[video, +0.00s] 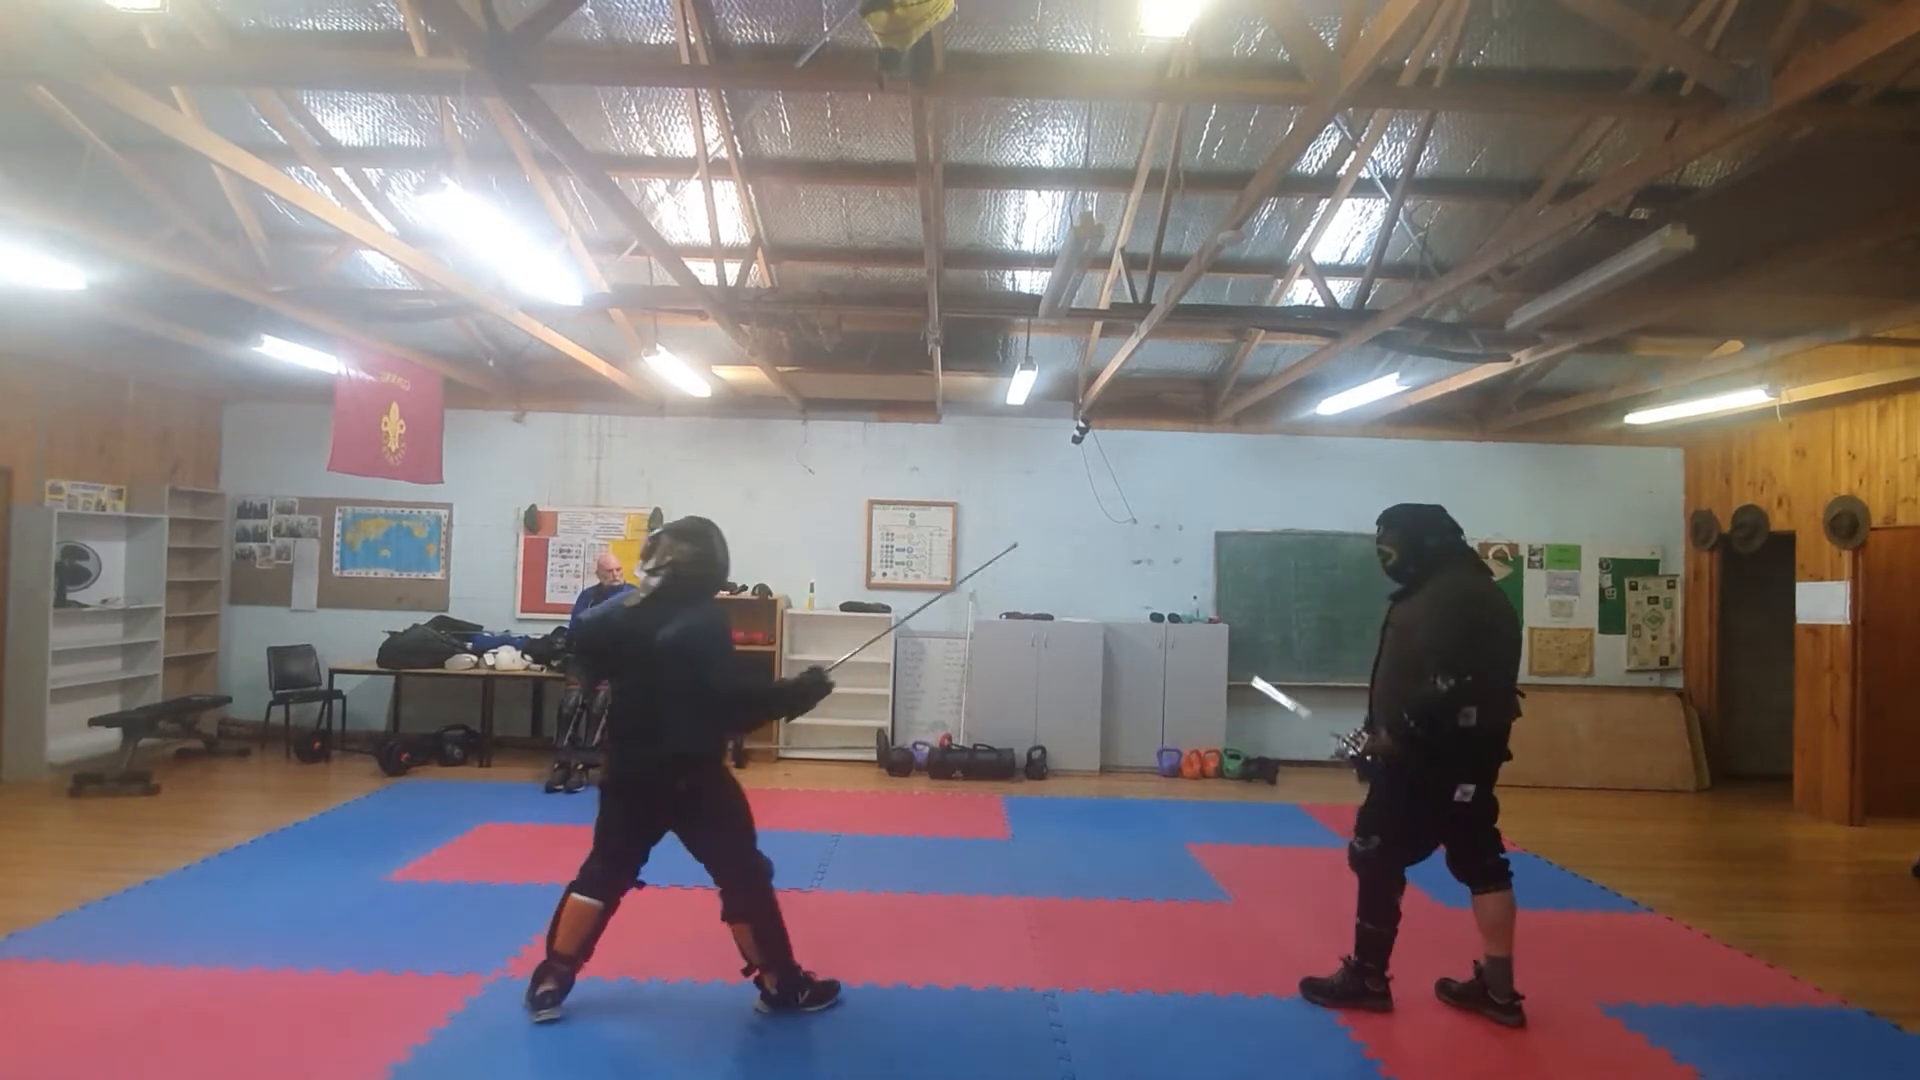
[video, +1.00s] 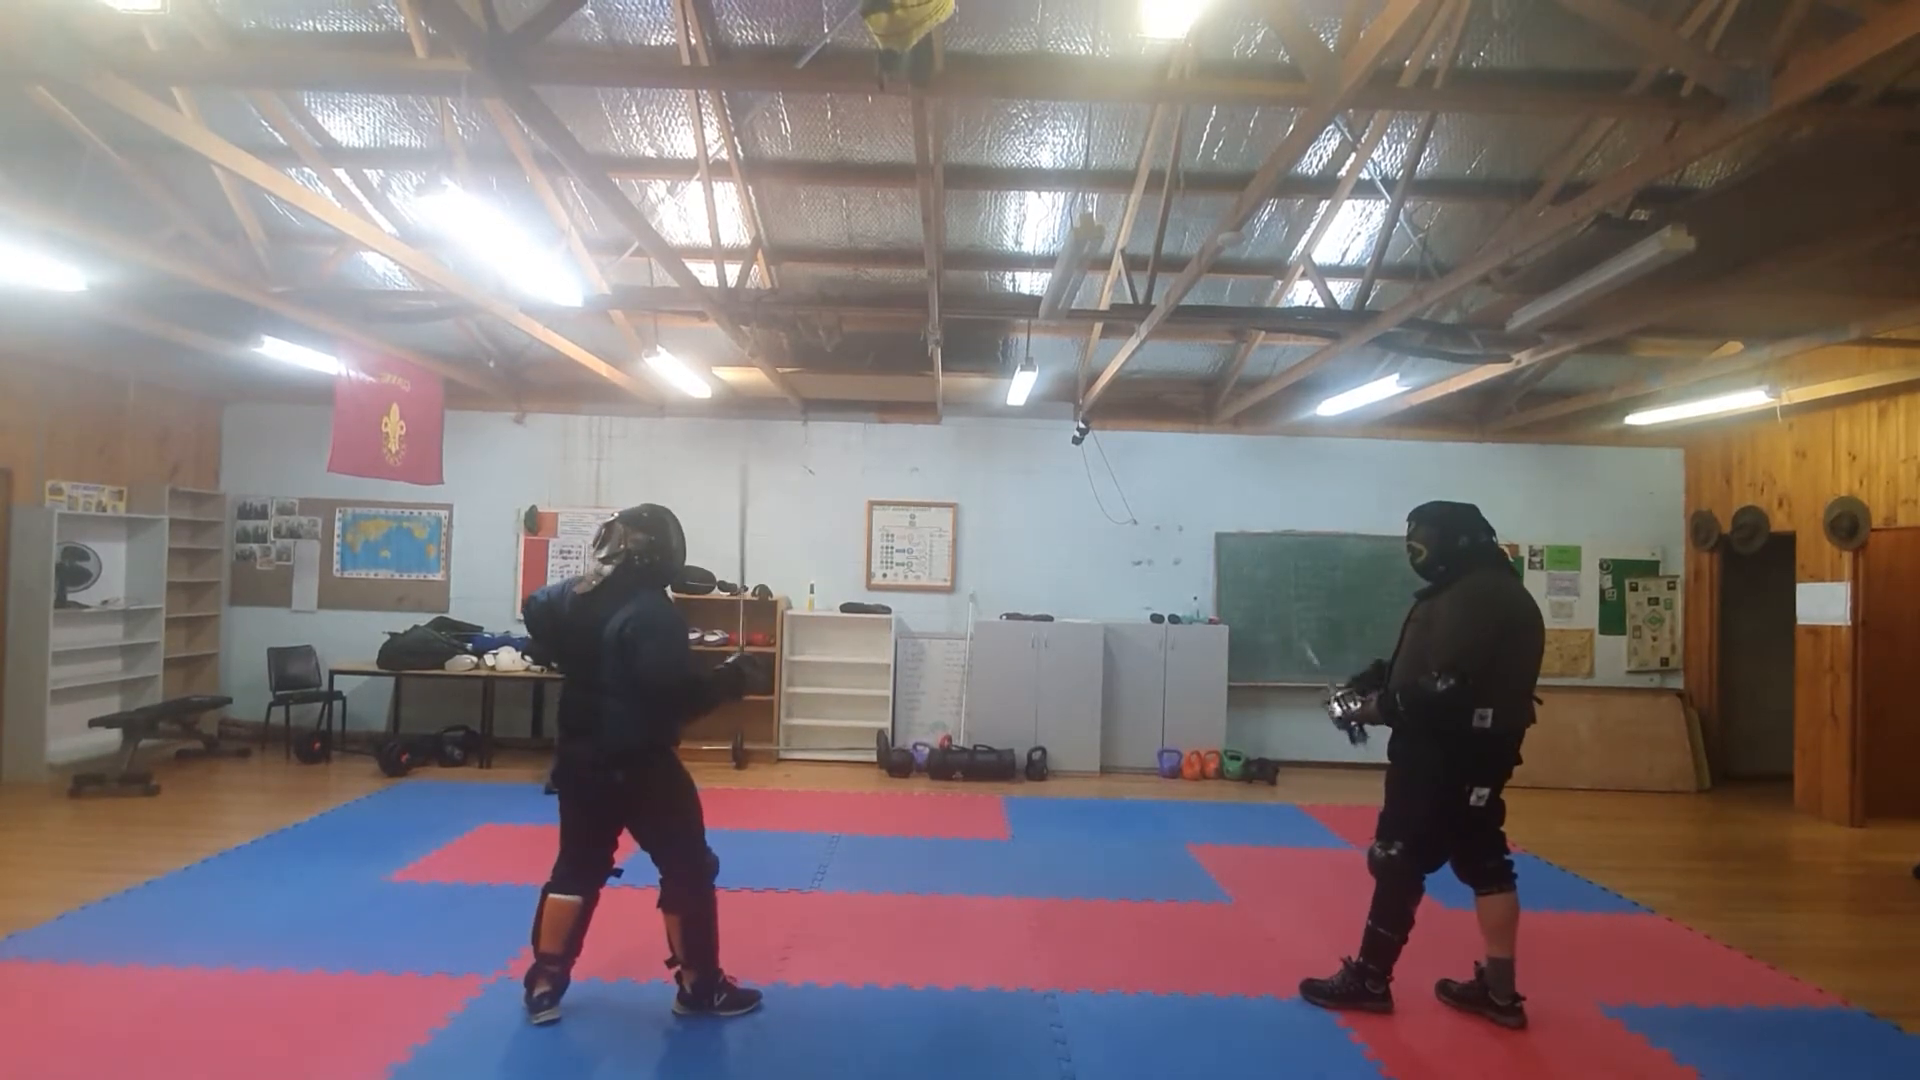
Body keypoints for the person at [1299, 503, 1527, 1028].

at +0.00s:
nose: (1384, 561)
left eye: (1390, 550)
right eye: (1382, 551)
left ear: (1421, 542)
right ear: (1433, 540)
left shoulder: (1446, 597)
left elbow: (1474, 693)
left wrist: (1397, 736)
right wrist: (1377, 733)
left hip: (1416, 763)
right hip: (1469, 764)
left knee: (1377, 857)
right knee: (1483, 864)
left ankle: (1367, 976)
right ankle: (1497, 985)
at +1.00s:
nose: (1416, 559)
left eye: (1422, 547)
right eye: (1413, 549)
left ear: (1455, 542)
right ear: (1466, 542)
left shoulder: (1470, 599)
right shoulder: (1503, 594)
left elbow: (1449, 689)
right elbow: (1426, 660)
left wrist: (1379, 708)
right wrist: (1374, 681)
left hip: (1435, 761)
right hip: (1483, 762)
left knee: (1398, 861)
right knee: (1487, 864)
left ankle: (1370, 976)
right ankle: (1498, 987)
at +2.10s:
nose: (1332, 563)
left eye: (1339, 553)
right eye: (1330, 553)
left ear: (1371, 549)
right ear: (1389, 547)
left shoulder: (1368, 606)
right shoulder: (1432, 597)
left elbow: (1336, 688)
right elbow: (1430, 691)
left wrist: (1256, 696)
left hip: (1362, 749)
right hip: (1419, 747)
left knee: (1318, 843)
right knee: (1414, 840)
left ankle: (1340, 967)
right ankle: (1491, 955)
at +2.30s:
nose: (1353, 568)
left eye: (1358, 558)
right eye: (1351, 558)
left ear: (1388, 555)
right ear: (1409, 552)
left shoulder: (1388, 612)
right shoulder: (1456, 606)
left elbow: (1353, 688)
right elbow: (1454, 694)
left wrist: (1267, 692)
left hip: (1380, 760)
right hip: (1439, 761)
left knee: (1326, 844)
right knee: (1458, 860)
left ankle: (1341, 969)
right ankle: (1508, 970)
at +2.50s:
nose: (1380, 567)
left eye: (1385, 556)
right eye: (1377, 557)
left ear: (1413, 553)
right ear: (1434, 550)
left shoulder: (1416, 607)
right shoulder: (1487, 602)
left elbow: (1378, 679)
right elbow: (1488, 689)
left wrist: (1290, 685)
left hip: (1410, 756)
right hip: (1470, 755)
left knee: (1356, 845)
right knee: (1485, 855)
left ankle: (1345, 969)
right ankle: (1513, 973)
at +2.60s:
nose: (1390, 567)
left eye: (1395, 556)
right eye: (1387, 556)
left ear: (1424, 552)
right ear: (1448, 550)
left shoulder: (1427, 607)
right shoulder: (1496, 603)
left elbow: (1386, 675)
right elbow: (1497, 690)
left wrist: (1296, 681)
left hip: (1419, 756)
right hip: (1478, 756)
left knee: (1369, 848)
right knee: (1492, 857)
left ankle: (1348, 968)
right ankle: (1514, 974)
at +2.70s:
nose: (1396, 567)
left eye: (1401, 556)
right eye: (1393, 557)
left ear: (1431, 551)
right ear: (1454, 549)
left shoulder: (1433, 607)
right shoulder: (1502, 604)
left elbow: (1393, 675)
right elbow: (1502, 690)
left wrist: (1304, 679)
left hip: (1423, 755)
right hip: (1482, 754)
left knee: (1372, 847)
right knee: (1496, 856)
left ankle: (1349, 968)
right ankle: (1515, 975)